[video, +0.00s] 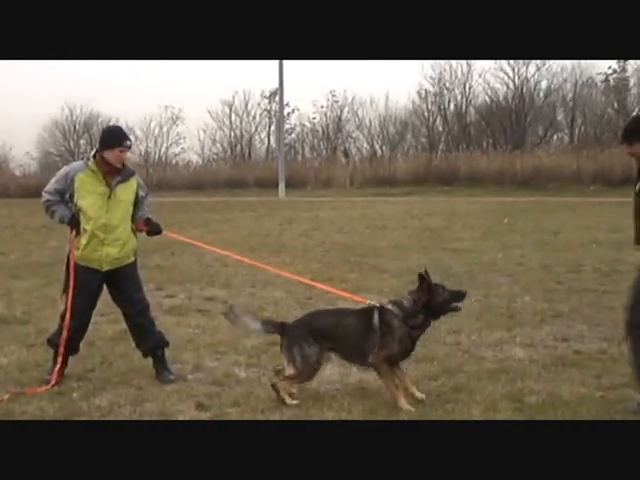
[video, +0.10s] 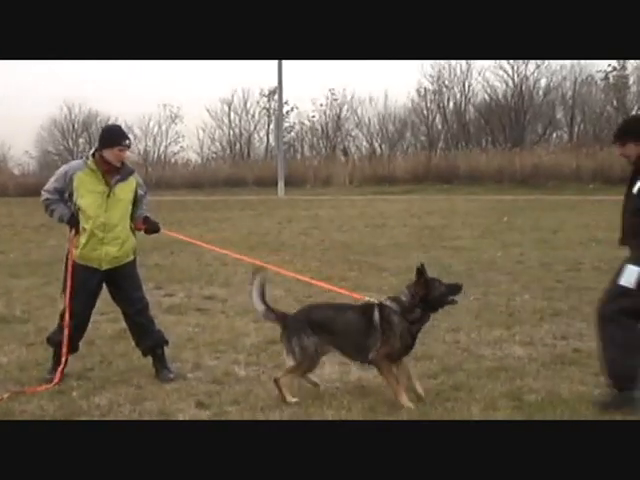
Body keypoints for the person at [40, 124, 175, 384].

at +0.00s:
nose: (125, 155)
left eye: (126, 150)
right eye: (120, 150)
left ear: (124, 151)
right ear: (104, 150)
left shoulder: (132, 179)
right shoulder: (75, 173)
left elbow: (140, 208)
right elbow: (50, 198)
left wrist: (144, 223)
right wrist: (69, 217)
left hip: (122, 259)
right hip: (86, 260)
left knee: (139, 311)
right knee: (76, 317)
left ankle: (160, 363)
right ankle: (58, 364)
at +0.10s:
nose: (124, 154)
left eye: (125, 149)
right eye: (119, 149)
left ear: (124, 150)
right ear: (104, 148)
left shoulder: (131, 178)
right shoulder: (74, 171)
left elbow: (138, 209)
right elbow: (50, 197)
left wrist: (143, 222)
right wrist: (68, 216)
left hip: (121, 258)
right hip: (85, 259)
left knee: (138, 310)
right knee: (75, 315)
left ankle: (160, 362)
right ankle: (58, 364)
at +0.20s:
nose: (121, 146)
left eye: (122, 140)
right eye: (116, 140)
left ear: (121, 142)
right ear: (100, 140)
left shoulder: (128, 170)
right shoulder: (71, 163)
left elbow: (135, 199)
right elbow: (46, 189)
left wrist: (140, 213)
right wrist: (65, 207)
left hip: (119, 250)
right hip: (82, 251)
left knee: (136, 303)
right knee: (73, 308)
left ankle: (158, 353)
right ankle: (56, 355)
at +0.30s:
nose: (117, 140)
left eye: (119, 135)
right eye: (112, 134)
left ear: (117, 136)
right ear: (96, 134)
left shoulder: (124, 163)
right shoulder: (66, 157)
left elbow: (131, 192)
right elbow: (42, 183)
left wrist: (136, 207)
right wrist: (62, 202)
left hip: (115, 244)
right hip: (78, 245)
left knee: (132, 296)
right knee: (70, 301)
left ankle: (155, 347)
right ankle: (52, 349)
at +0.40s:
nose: (113, 136)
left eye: (115, 131)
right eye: (109, 131)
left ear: (114, 132)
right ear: (93, 131)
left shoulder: (121, 160)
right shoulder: (63, 154)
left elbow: (129, 190)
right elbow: (39, 180)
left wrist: (134, 204)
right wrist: (59, 199)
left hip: (112, 241)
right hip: (76, 242)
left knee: (129, 293)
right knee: (67, 298)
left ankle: (152, 344)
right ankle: (50, 346)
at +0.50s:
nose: (111, 134)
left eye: (113, 129)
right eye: (107, 129)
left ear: (112, 130)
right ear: (90, 128)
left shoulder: (118, 157)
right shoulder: (61, 152)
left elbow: (128, 186)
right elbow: (37, 178)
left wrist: (132, 202)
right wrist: (56, 197)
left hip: (110, 238)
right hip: (73, 239)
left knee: (127, 291)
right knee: (65, 295)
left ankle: (149, 342)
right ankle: (48, 344)